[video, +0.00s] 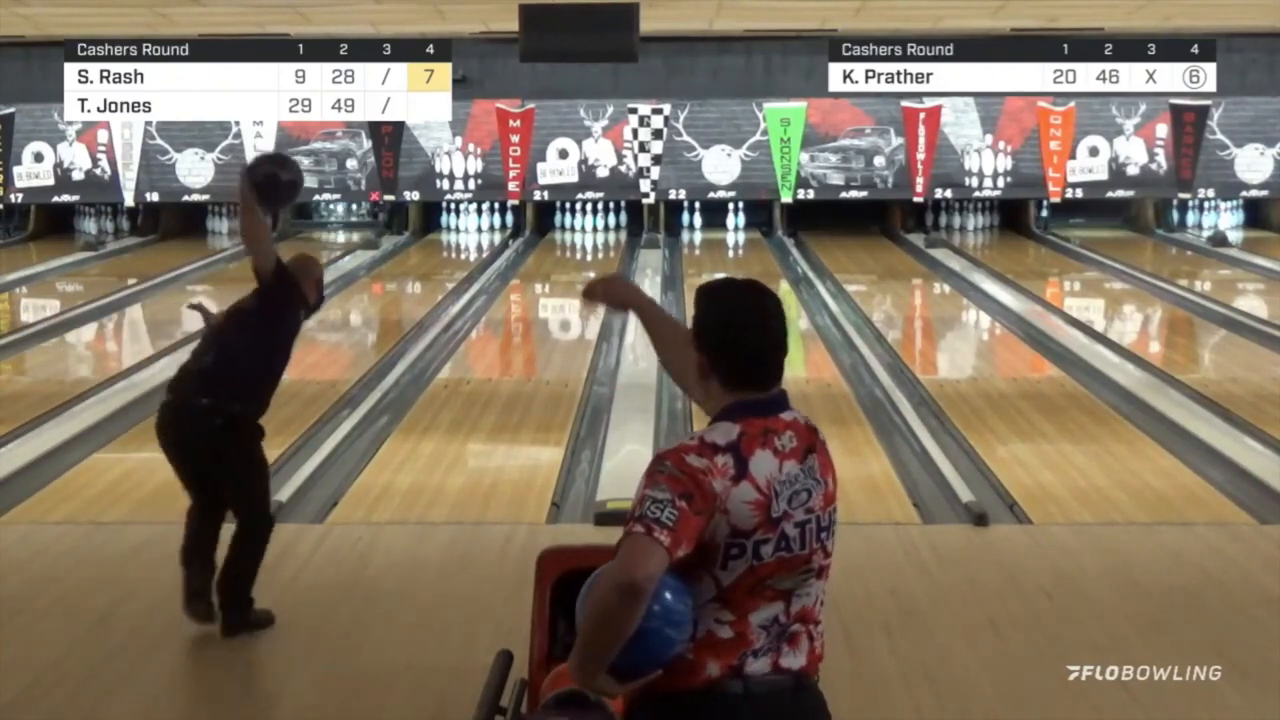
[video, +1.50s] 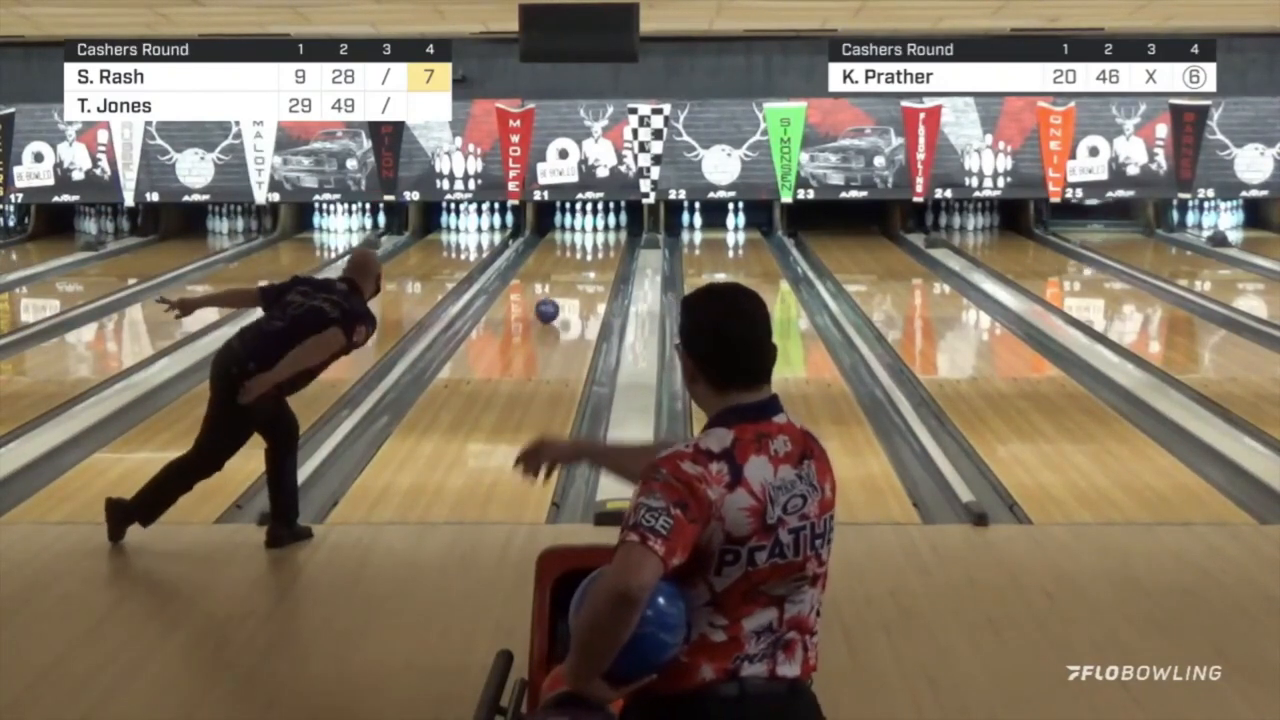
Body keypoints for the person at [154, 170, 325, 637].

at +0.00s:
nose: (319, 283)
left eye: (319, 278)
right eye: (315, 275)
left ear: (282, 281)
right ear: (300, 283)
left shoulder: (249, 310)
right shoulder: (283, 301)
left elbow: (220, 332)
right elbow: (259, 247)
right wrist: (248, 187)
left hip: (177, 417)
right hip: (226, 426)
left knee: (207, 499)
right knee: (256, 518)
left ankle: (197, 593)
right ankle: (236, 610)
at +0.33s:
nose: (347, 297)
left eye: (343, 290)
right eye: (346, 292)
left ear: (313, 289)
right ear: (343, 295)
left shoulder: (281, 310)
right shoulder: (342, 335)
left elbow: (227, 301)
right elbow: (316, 366)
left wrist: (175, 288)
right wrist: (291, 420)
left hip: (214, 401)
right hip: (254, 413)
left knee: (264, 465)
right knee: (239, 495)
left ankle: (284, 531)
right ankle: (215, 545)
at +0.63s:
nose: (358, 301)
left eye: (350, 296)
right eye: (359, 300)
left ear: (329, 297)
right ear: (359, 312)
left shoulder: (302, 302)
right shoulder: (359, 342)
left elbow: (271, 283)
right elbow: (377, 316)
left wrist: (241, 257)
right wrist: (378, 266)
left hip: (222, 381)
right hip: (248, 412)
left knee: (274, 433)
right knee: (188, 477)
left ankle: (285, 525)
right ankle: (100, 447)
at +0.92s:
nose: (375, 301)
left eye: (374, 296)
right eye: (375, 296)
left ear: (341, 289)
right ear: (367, 297)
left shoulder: (301, 297)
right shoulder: (359, 328)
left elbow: (240, 291)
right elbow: (408, 363)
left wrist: (181, 280)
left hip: (225, 372)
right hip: (248, 390)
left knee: (285, 431)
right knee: (206, 471)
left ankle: (283, 526)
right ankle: (120, 511)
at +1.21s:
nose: (377, 296)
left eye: (376, 290)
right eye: (377, 290)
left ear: (342, 284)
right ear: (372, 293)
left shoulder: (304, 293)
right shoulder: (358, 337)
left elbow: (245, 302)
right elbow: (333, 407)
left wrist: (193, 304)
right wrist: (318, 461)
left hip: (225, 366)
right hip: (250, 390)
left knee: (285, 435)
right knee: (209, 466)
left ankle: (283, 526)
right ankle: (131, 517)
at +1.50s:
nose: (379, 284)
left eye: (378, 278)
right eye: (379, 278)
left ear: (345, 272)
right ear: (373, 281)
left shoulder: (308, 284)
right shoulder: (361, 317)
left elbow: (250, 295)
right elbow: (322, 346)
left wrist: (196, 302)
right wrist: (270, 379)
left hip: (230, 360)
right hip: (253, 376)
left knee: (284, 432)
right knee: (206, 458)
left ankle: (283, 525)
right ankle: (129, 511)